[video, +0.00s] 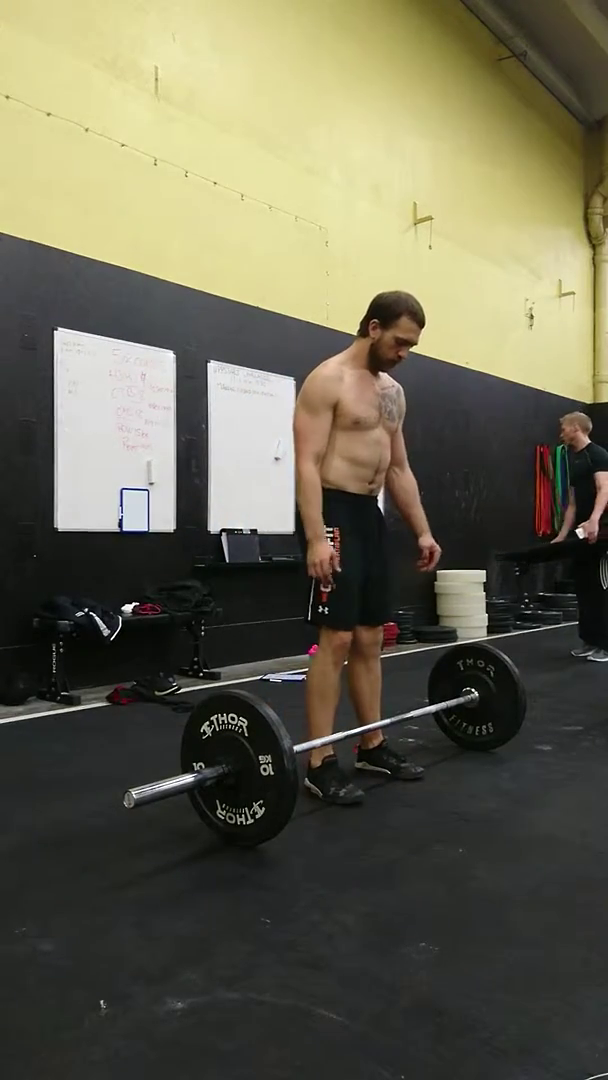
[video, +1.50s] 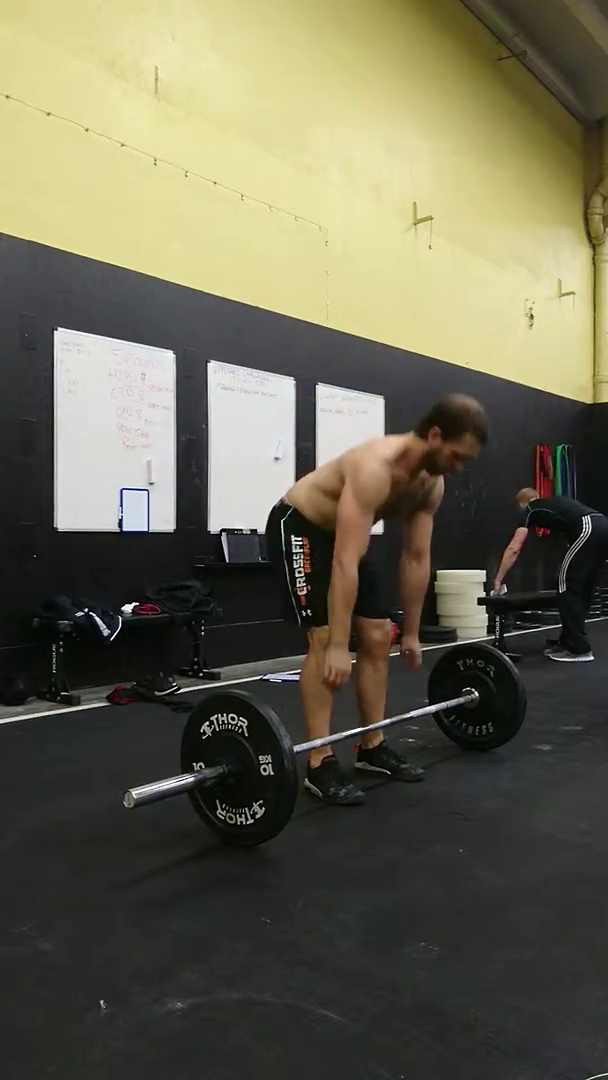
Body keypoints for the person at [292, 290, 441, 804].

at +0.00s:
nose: (404, 353)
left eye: (410, 346)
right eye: (399, 342)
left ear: (408, 341)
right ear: (371, 328)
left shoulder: (392, 390)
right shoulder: (327, 379)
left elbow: (398, 467)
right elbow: (307, 461)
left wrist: (422, 530)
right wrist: (316, 537)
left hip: (371, 516)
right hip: (332, 513)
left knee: (369, 637)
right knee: (336, 638)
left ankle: (372, 748)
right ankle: (319, 763)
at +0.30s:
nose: (400, 350)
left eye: (406, 342)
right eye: (395, 339)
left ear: (402, 337)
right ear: (367, 325)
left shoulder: (388, 388)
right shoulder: (324, 375)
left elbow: (390, 467)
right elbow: (295, 456)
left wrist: (406, 532)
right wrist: (299, 535)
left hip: (369, 516)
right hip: (329, 513)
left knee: (367, 639)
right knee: (328, 639)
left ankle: (372, 746)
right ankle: (319, 762)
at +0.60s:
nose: (398, 344)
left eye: (405, 337)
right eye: (392, 334)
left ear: (404, 333)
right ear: (364, 322)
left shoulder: (389, 385)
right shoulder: (325, 374)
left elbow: (389, 464)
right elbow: (291, 452)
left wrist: (406, 526)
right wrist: (309, 524)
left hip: (374, 516)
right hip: (335, 515)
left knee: (369, 638)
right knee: (330, 641)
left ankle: (372, 747)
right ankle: (319, 761)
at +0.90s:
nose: (403, 345)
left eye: (409, 337)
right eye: (398, 334)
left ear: (405, 334)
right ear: (368, 322)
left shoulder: (392, 385)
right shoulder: (330, 374)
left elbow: (396, 465)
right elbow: (297, 456)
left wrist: (418, 524)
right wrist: (304, 534)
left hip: (375, 514)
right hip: (336, 511)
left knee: (371, 637)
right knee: (332, 639)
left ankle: (371, 747)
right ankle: (318, 763)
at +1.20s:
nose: (426, 359)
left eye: (432, 351)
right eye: (422, 348)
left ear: (418, 343)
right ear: (394, 333)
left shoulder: (408, 398)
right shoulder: (344, 385)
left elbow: (405, 474)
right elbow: (313, 470)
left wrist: (418, 546)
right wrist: (321, 551)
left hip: (364, 516)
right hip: (324, 511)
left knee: (370, 637)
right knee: (329, 640)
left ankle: (372, 747)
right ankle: (320, 763)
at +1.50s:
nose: (459, 467)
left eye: (466, 461)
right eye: (458, 457)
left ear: (442, 440)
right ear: (434, 435)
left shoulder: (431, 483)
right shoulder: (374, 467)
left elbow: (417, 558)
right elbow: (346, 560)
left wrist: (411, 633)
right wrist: (337, 644)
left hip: (351, 535)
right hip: (301, 528)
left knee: (377, 637)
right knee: (326, 641)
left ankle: (372, 745)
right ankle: (319, 762)